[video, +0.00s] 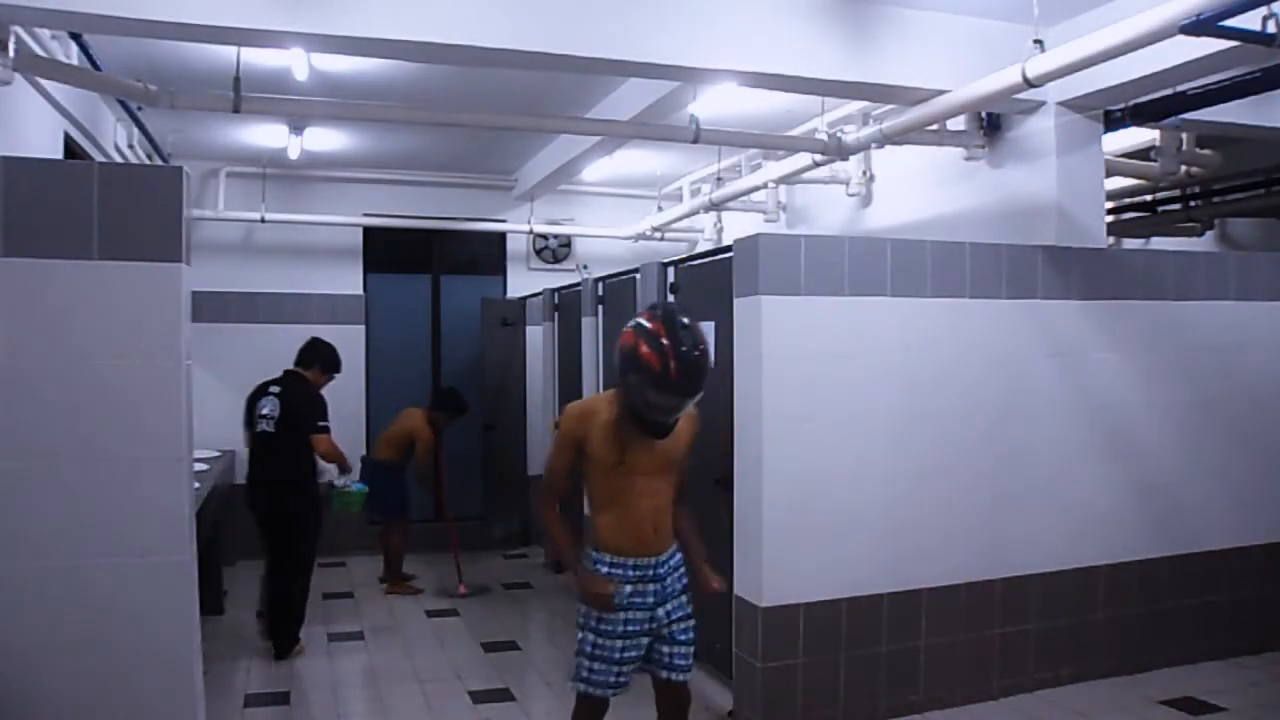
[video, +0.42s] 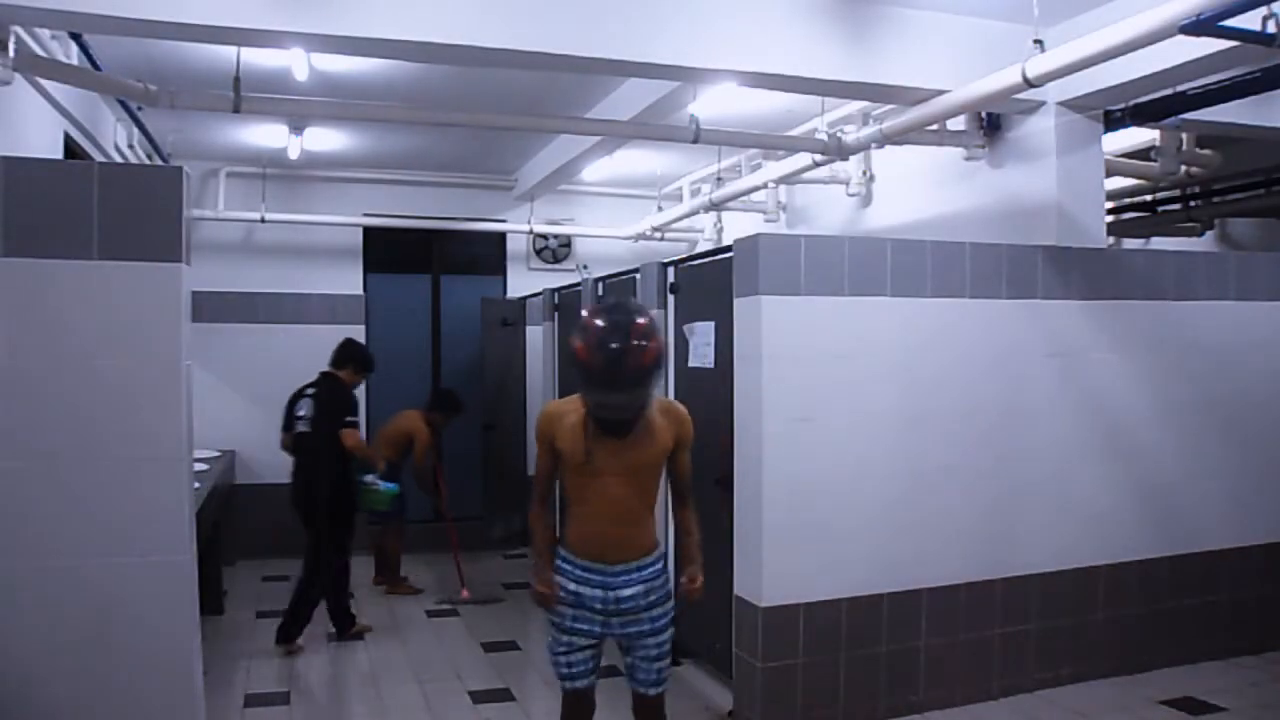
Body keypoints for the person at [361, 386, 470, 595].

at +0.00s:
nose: (449, 424)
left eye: (451, 419)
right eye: (450, 418)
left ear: (435, 407)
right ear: (442, 413)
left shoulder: (414, 414)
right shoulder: (424, 431)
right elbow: (423, 471)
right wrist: (437, 497)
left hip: (377, 465)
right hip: (387, 470)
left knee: (392, 523)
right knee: (397, 524)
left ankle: (392, 572)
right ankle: (393, 579)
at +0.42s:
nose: (447, 423)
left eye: (449, 418)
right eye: (447, 418)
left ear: (432, 408)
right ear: (439, 413)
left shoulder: (412, 416)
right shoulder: (422, 430)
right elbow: (420, 467)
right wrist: (434, 495)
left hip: (376, 465)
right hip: (386, 471)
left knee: (382, 526)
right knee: (393, 527)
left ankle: (382, 572)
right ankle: (393, 579)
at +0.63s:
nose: (440, 418)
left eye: (442, 414)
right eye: (439, 413)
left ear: (423, 404)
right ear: (432, 410)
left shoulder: (399, 414)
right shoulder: (419, 428)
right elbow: (422, 461)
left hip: (373, 467)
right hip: (386, 473)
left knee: (387, 527)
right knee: (393, 528)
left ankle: (390, 574)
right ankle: (392, 578)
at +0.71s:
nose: (438, 418)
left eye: (440, 412)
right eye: (438, 412)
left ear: (421, 403)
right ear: (431, 409)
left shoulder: (396, 413)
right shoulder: (419, 429)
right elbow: (424, 465)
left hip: (372, 471)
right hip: (388, 479)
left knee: (383, 529)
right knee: (395, 530)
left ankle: (383, 576)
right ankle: (396, 579)